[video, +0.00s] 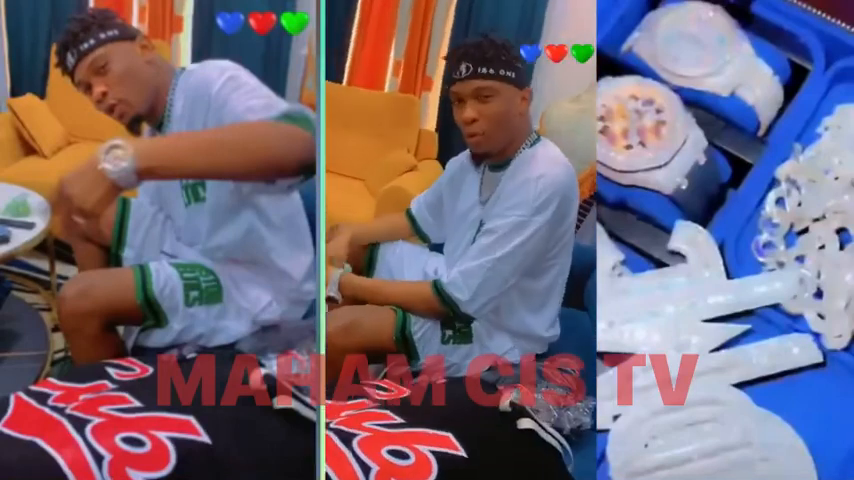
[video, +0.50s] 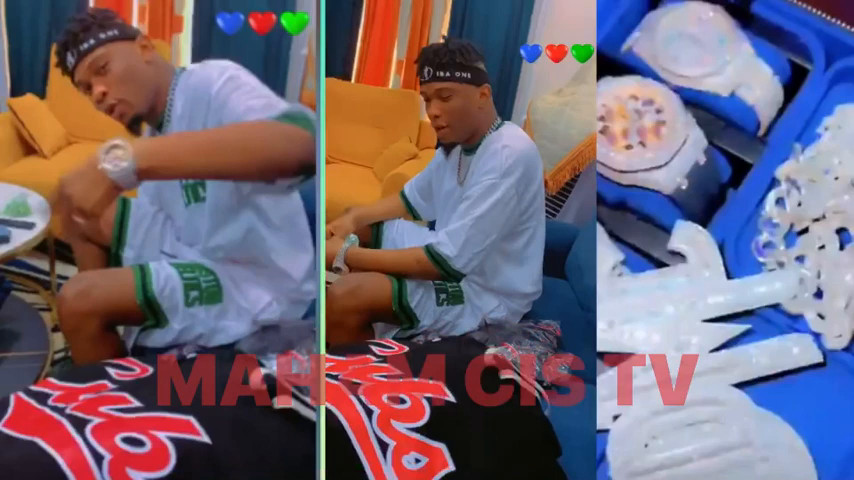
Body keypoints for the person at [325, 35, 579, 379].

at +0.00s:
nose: (468, 115)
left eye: (484, 98)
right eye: (459, 102)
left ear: (524, 100)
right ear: (450, 106)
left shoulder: (544, 179)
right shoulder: (468, 164)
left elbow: (452, 298)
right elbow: (415, 221)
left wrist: (345, 285)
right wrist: (349, 235)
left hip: (496, 334)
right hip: (454, 285)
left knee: (335, 329)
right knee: (346, 239)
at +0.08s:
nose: (456, 112)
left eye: (471, 95)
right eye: (447, 100)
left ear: (511, 96)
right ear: (439, 106)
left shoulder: (535, 174)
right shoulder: (462, 161)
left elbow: (453, 295)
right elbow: (405, 216)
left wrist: (341, 287)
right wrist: (345, 248)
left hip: (493, 329)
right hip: (451, 279)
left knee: (334, 329)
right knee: (338, 240)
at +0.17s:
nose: (452, 107)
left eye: (467, 89)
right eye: (443, 95)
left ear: (507, 93)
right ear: (436, 101)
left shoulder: (531, 168)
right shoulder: (458, 159)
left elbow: (455, 291)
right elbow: (403, 215)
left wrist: (344, 288)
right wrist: (342, 245)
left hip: (494, 326)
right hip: (451, 277)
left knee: (333, 328)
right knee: (335, 239)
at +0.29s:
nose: (443, 96)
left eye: (458, 79)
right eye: (434, 85)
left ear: (497, 83)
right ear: (428, 91)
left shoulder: (520, 155)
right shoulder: (452, 148)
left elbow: (450, 277)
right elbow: (401, 207)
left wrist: (338, 276)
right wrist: (338, 230)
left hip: (488, 312)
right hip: (447, 271)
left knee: (336, 315)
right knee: (335, 230)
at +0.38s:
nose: (440, 102)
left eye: (454, 85)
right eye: (432, 90)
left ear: (492, 86)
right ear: (426, 95)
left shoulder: (517, 152)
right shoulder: (455, 146)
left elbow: (449, 268)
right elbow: (406, 205)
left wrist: (343, 266)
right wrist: (345, 222)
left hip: (491, 304)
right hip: (452, 266)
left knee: (340, 307)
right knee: (345, 234)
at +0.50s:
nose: (432, 113)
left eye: (445, 97)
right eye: (427, 101)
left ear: (483, 95)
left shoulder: (510, 154)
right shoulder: (459, 144)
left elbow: (447, 262)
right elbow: (414, 200)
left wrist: (345, 254)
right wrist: (353, 219)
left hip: (487, 294)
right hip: (453, 257)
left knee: (343, 294)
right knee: (352, 225)